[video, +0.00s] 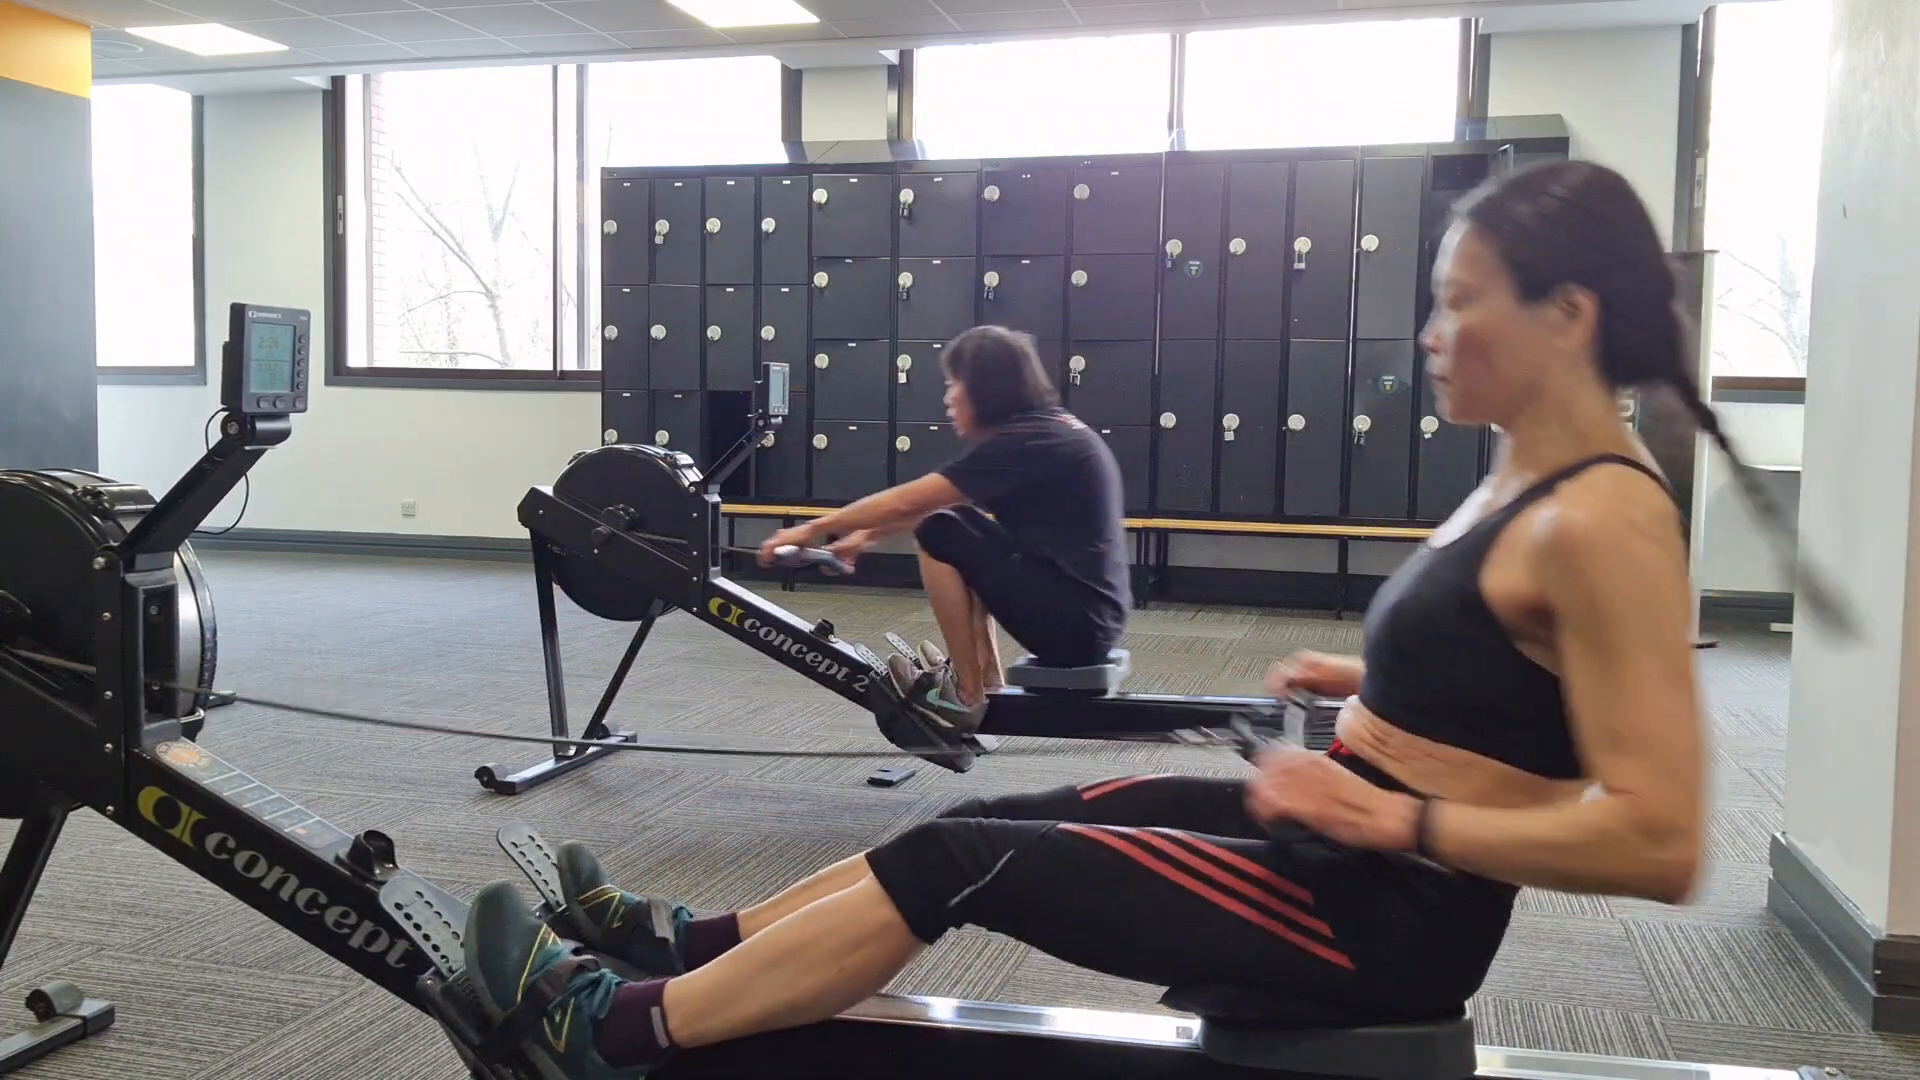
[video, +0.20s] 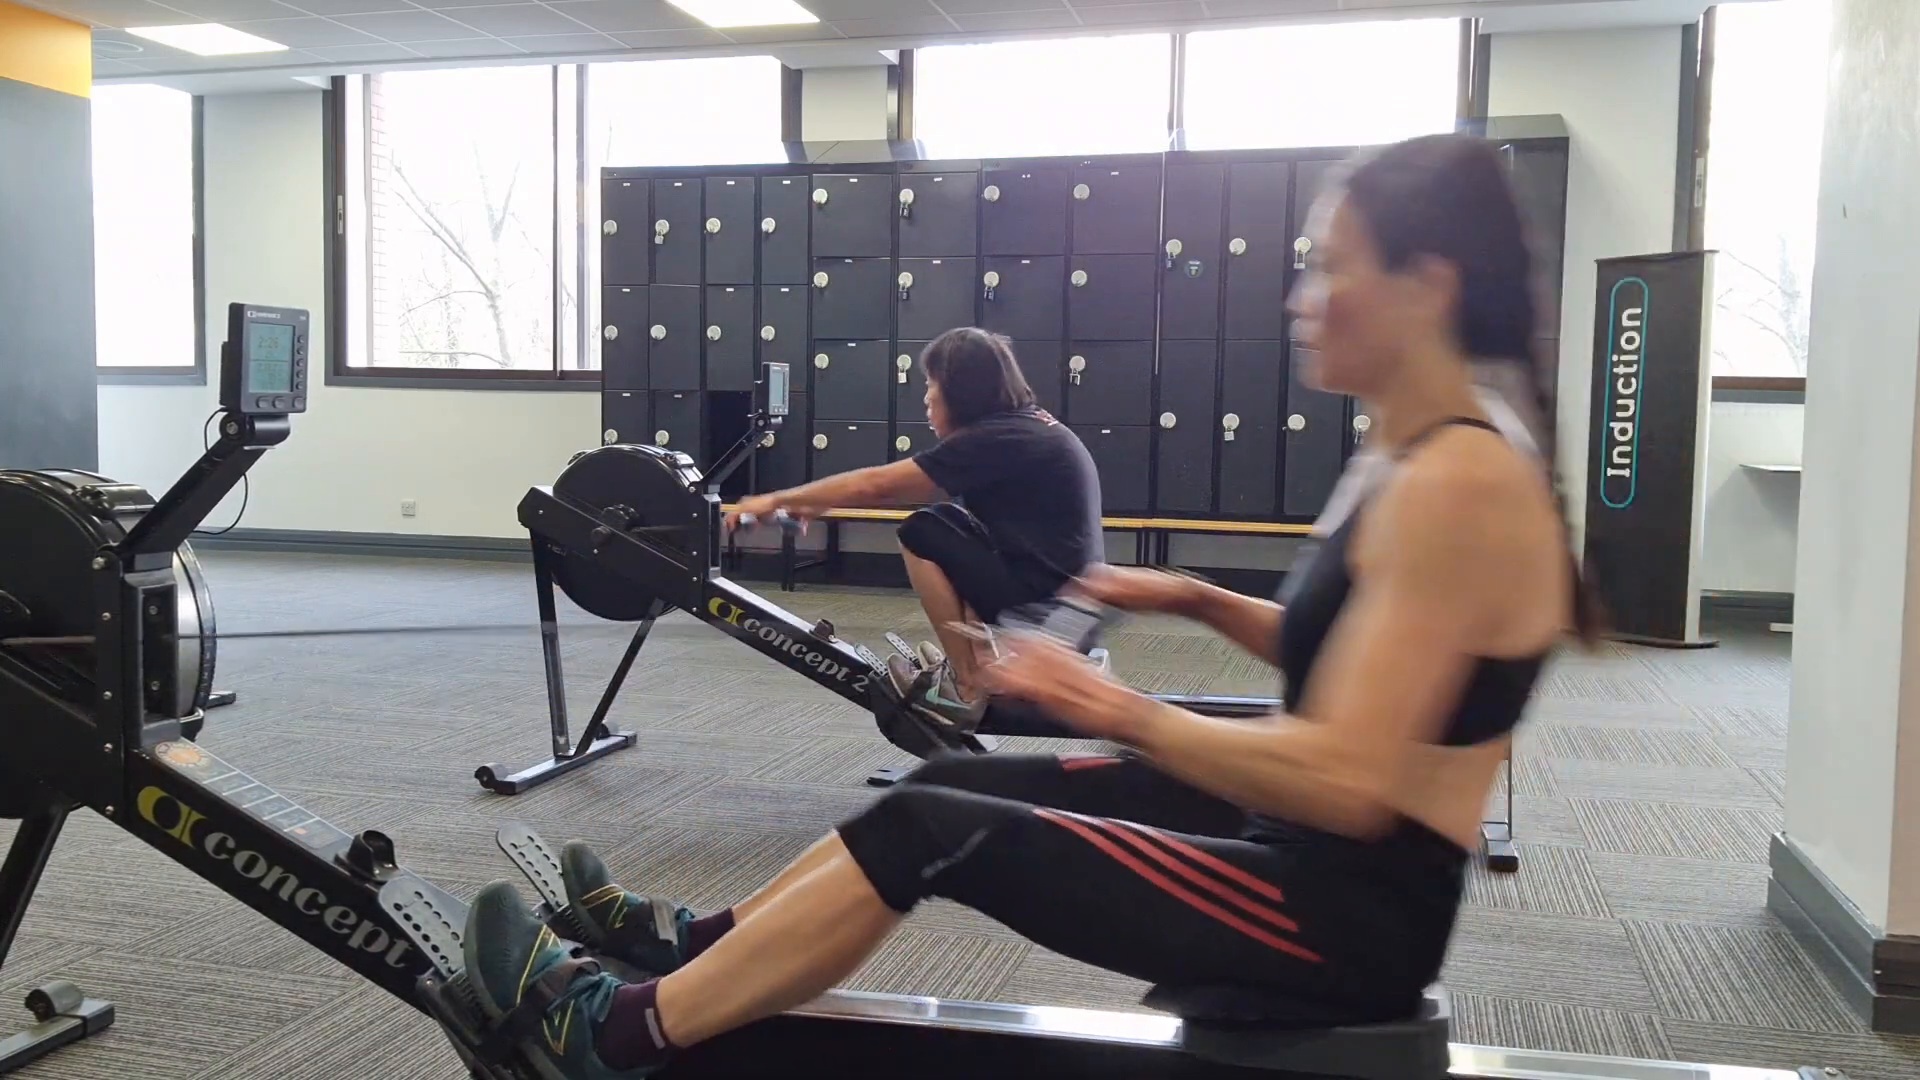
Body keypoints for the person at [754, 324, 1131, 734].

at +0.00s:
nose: (946, 401)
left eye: (952, 386)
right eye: (947, 387)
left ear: (985, 387)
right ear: (1004, 385)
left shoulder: (1025, 442)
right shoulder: (1053, 432)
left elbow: (909, 502)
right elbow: (943, 502)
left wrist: (810, 530)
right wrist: (867, 536)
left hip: (1077, 630)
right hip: (1092, 622)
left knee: (939, 531)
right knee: (954, 526)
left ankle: (967, 695)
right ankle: (987, 677)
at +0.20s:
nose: (925, 401)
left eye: (930, 387)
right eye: (927, 388)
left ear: (959, 389)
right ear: (990, 384)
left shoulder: (994, 440)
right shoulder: (1031, 430)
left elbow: (874, 486)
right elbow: (913, 489)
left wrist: (774, 500)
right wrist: (825, 505)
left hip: (1045, 611)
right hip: (1069, 602)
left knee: (922, 531)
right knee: (943, 520)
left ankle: (969, 684)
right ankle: (976, 667)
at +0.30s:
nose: (940, 393)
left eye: (947, 380)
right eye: (943, 381)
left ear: (977, 384)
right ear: (1014, 380)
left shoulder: (1006, 435)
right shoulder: (1055, 428)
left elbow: (885, 472)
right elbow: (906, 474)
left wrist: (783, 479)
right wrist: (830, 487)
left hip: (1054, 628)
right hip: (1077, 620)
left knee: (924, 530)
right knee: (937, 522)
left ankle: (976, 675)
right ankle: (980, 670)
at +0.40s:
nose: (975, 384)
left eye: (983, 371)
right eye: (978, 372)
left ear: (1016, 377)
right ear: (1047, 376)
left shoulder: (1030, 434)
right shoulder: (1087, 424)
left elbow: (911, 463)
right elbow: (946, 465)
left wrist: (815, 469)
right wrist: (873, 484)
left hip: (1084, 609)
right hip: (1115, 598)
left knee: (949, 520)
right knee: (962, 518)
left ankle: (971, 670)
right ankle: (982, 662)